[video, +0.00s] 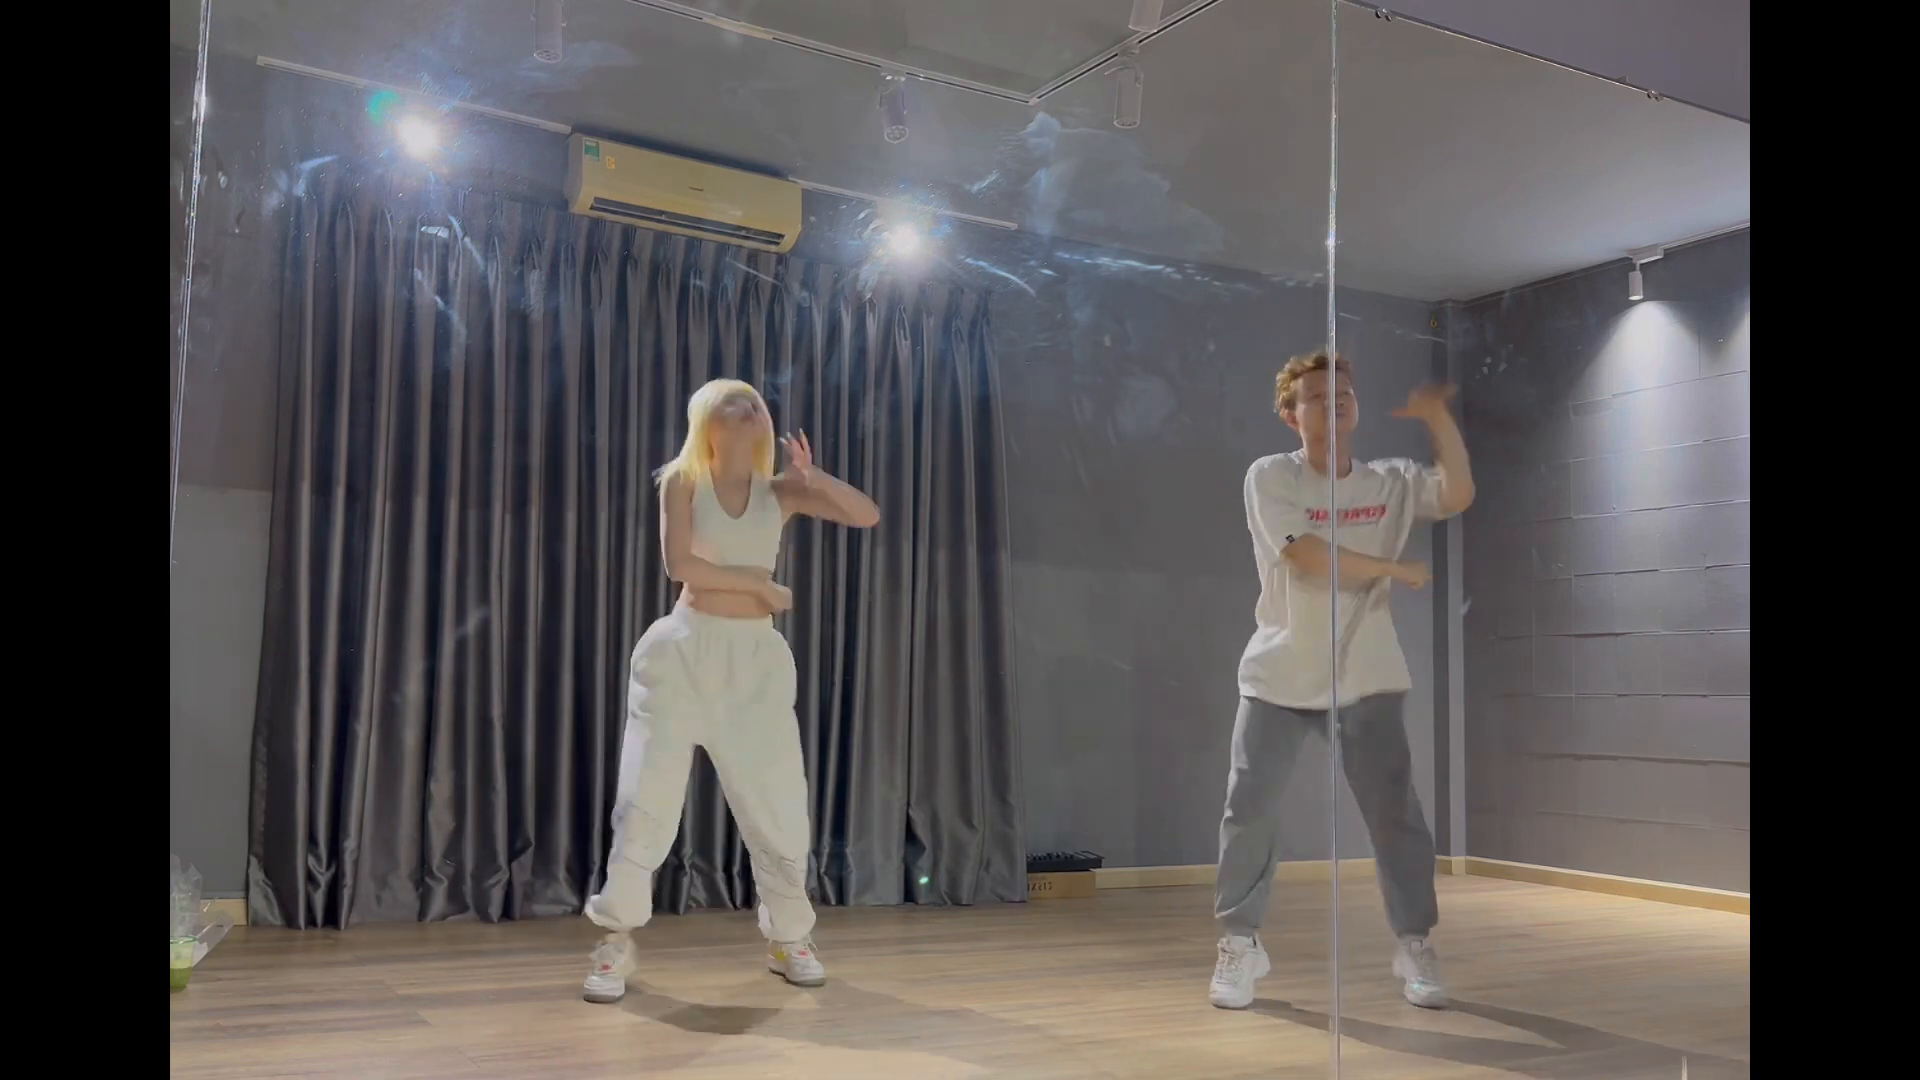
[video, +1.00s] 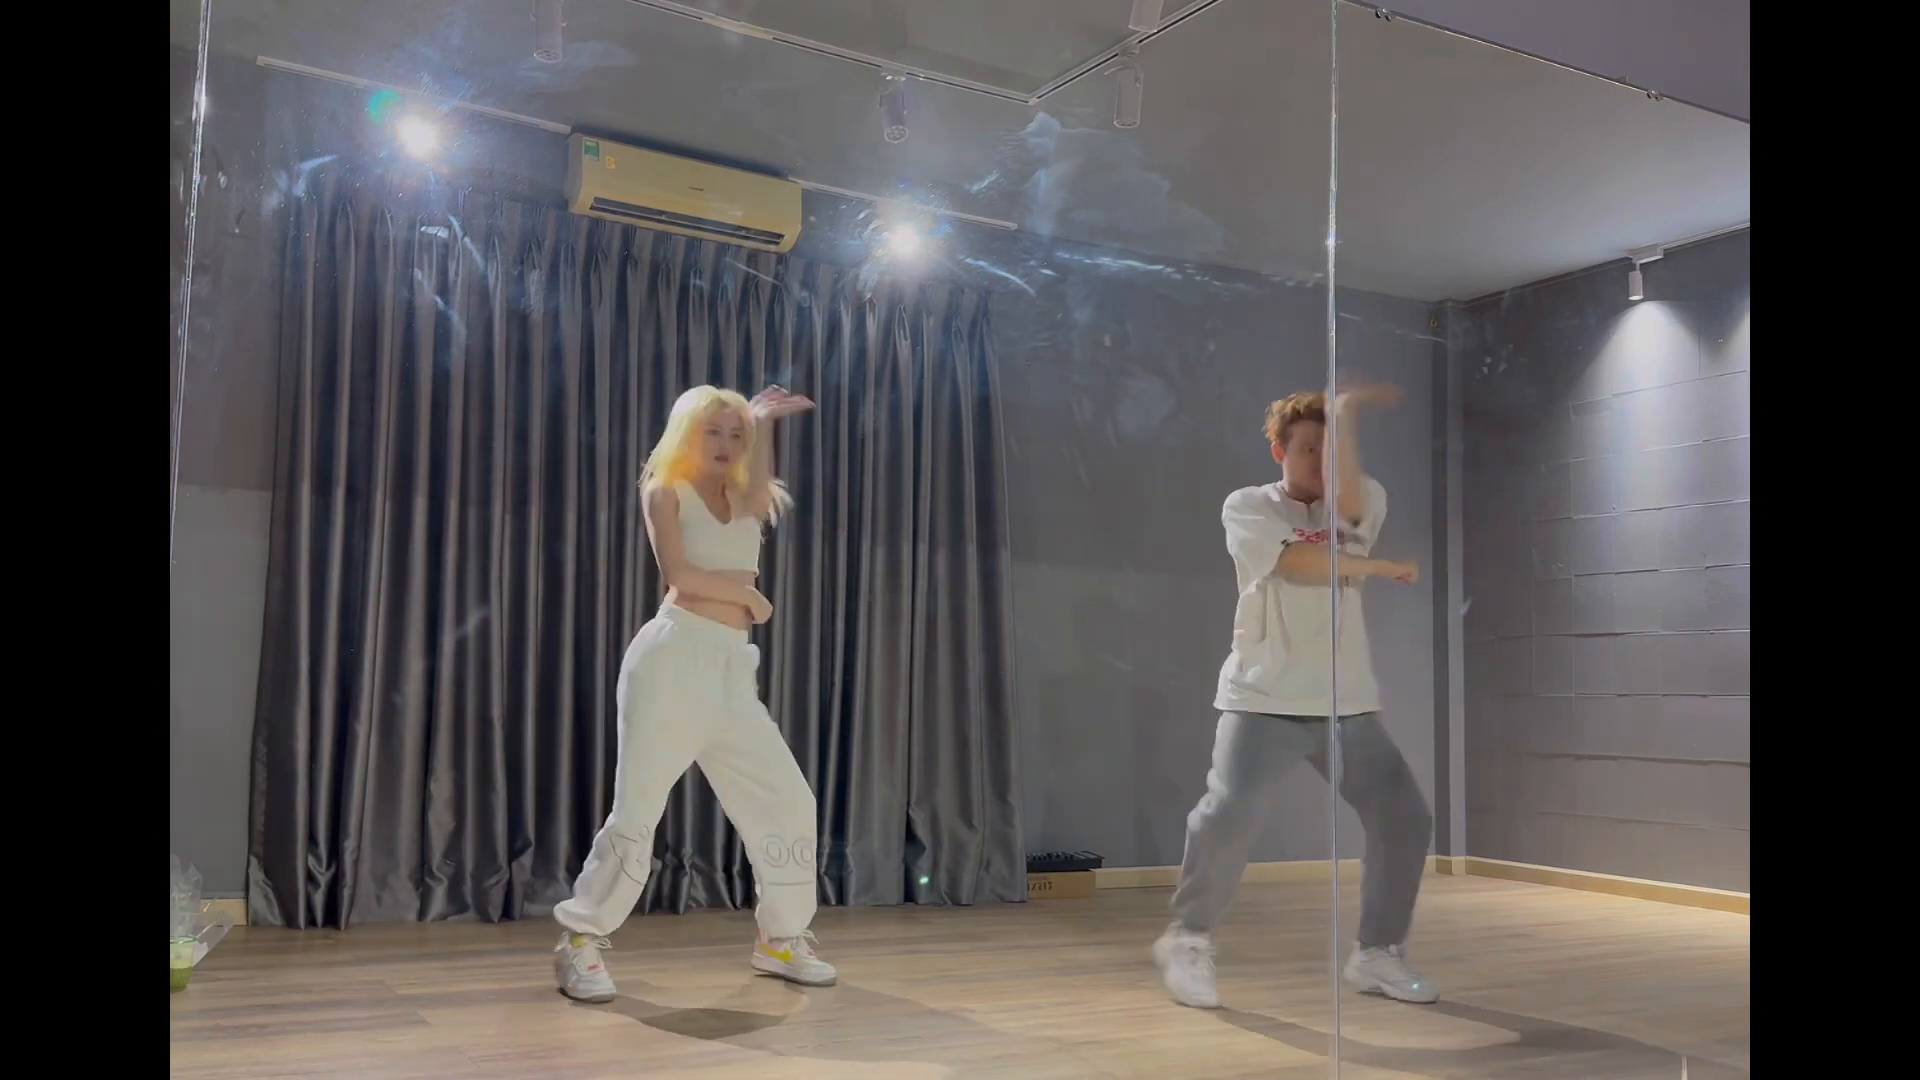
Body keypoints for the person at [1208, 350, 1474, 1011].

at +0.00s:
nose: (1331, 409)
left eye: (1341, 398)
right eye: (1315, 400)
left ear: (1357, 407)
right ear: (1291, 413)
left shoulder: (1391, 480)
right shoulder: (1271, 477)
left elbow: (1458, 493)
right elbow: (1302, 554)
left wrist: (1441, 421)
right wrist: (1393, 568)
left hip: (1368, 674)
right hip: (1281, 673)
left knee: (1393, 809)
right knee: (1248, 804)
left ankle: (1415, 946)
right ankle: (1238, 944)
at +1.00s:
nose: (1320, 461)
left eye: (1328, 449)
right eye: (1307, 448)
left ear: (1339, 453)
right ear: (1278, 452)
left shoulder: (1359, 509)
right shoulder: (1246, 507)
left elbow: (1347, 495)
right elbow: (1288, 561)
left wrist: (1345, 417)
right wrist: (1376, 567)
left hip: (1344, 705)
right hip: (1261, 704)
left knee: (1404, 818)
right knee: (1227, 810)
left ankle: (1378, 953)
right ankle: (1187, 942)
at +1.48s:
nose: (1354, 483)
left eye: (1360, 475)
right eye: (1345, 467)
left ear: (1362, 476)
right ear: (1307, 459)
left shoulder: (1322, 513)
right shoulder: (1286, 518)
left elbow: (1359, 475)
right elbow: (1369, 583)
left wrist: (1409, 442)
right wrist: (1422, 599)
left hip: (1407, 710)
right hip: (1341, 724)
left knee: (1451, 836)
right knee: (1302, 844)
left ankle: (1390, 962)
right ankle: (1204, 942)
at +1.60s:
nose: (1391, 460)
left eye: (1394, 448)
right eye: (1380, 445)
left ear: (1378, 455)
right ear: (1340, 450)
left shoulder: (1364, 510)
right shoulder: (1324, 509)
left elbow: (1419, 525)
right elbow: (1357, 545)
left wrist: (1399, 453)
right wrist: (1398, 466)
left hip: (1424, 700)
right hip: (1378, 710)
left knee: (1449, 835)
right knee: (1440, 836)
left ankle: (1392, 960)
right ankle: (1332, 889)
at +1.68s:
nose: (1406, 452)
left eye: (1410, 442)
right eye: (1396, 440)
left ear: (1406, 448)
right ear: (1358, 445)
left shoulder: (1390, 514)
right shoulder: (1342, 507)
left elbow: (1463, 559)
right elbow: (1383, 562)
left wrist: (1421, 484)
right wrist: (1397, 481)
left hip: (1417, 700)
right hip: (1393, 701)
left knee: (1431, 830)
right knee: (1513, 790)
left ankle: (1389, 961)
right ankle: (1418, 901)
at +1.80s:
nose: (1425, 450)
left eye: (1427, 440)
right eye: (1415, 437)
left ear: (1384, 448)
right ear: (1373, 438)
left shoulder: (1370, 510)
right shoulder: (1369, 515)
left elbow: (1461, 570)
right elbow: (1468, 570)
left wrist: (1470, 493)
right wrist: (1465, 486)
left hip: (1390, 707)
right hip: (1426, 703)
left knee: (1445, 831)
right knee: (1537, 794)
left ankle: (1387, 964)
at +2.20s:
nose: (1463, 464)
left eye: (1468, 456)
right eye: (1455, 451)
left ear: (1454, 457)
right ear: (1416, 446)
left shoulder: (1442, 506)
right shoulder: (1381, 490)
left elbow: (1501, 495)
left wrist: (1507, 494)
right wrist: (1492, 512)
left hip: (1460, 712)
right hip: (1434, 714)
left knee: (1469, 847)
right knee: (1536, 813)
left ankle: (1388, 969)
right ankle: (1543, 986)